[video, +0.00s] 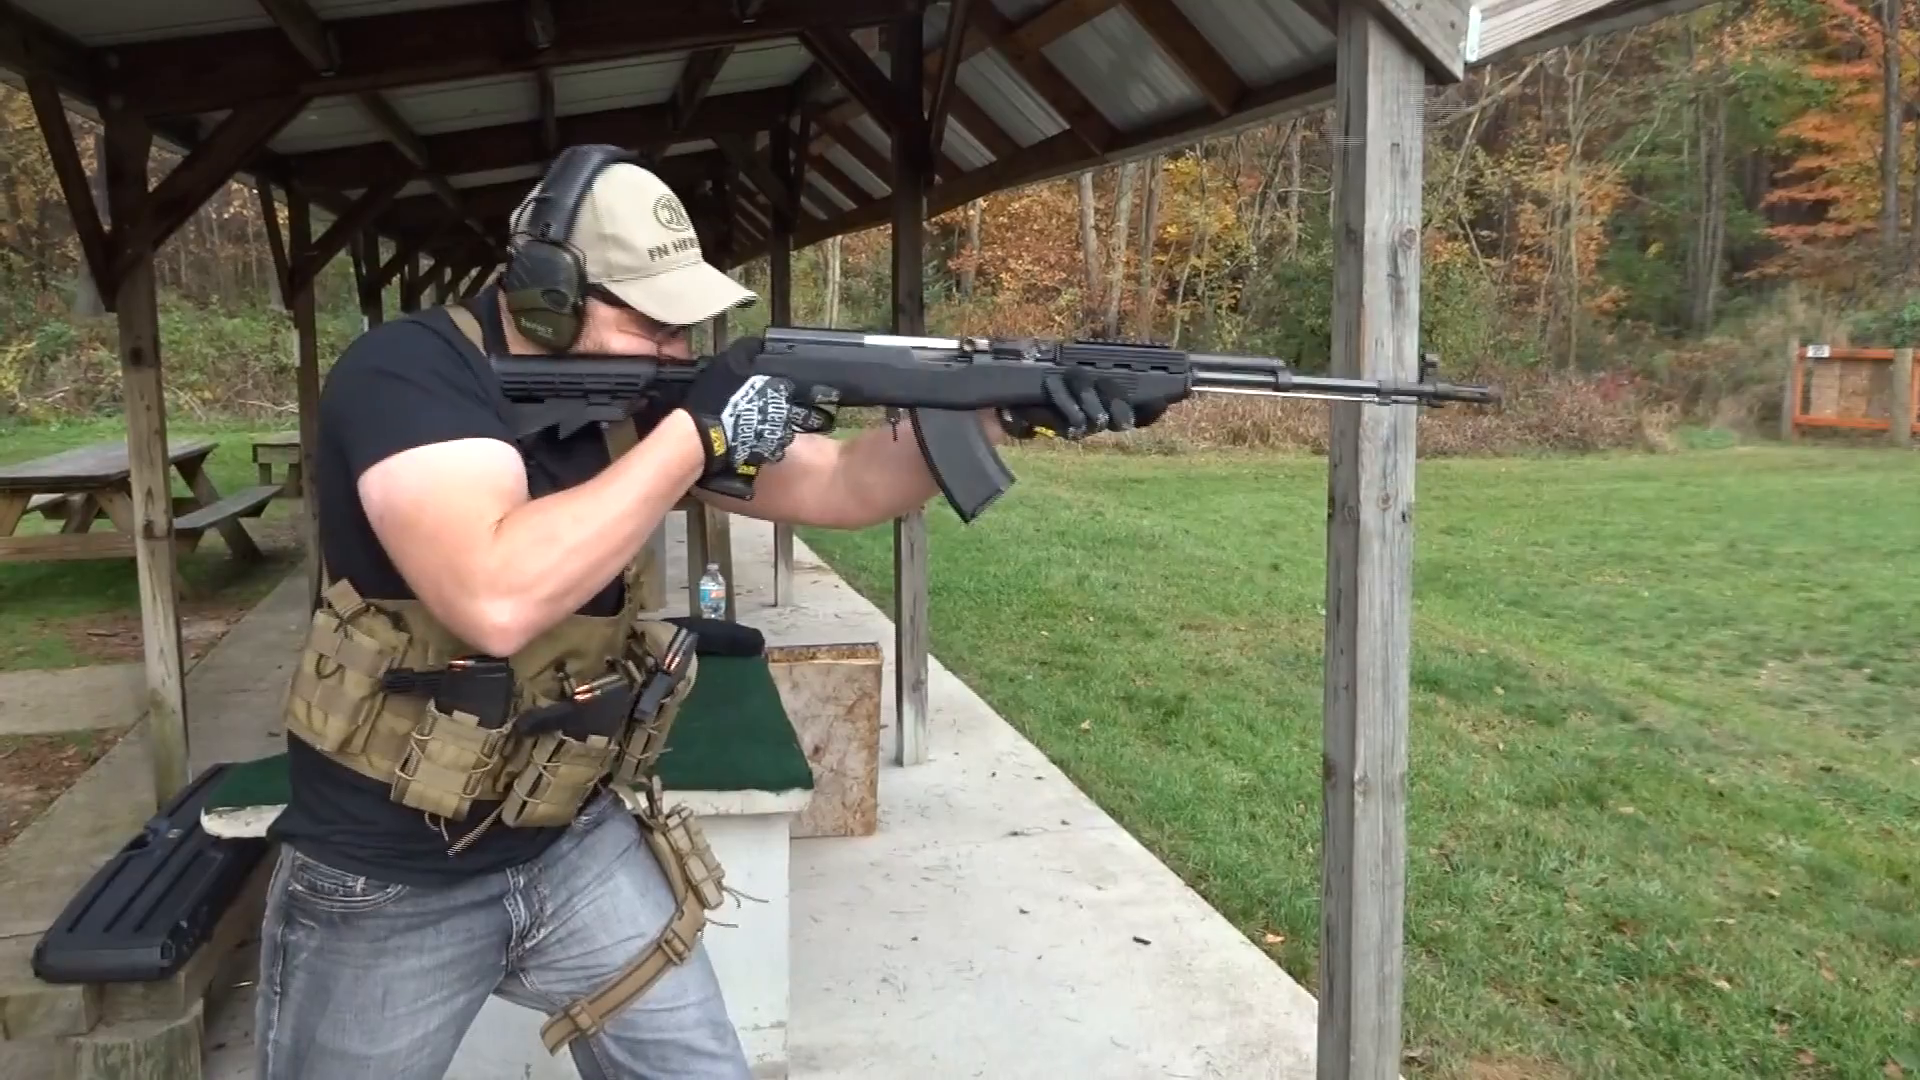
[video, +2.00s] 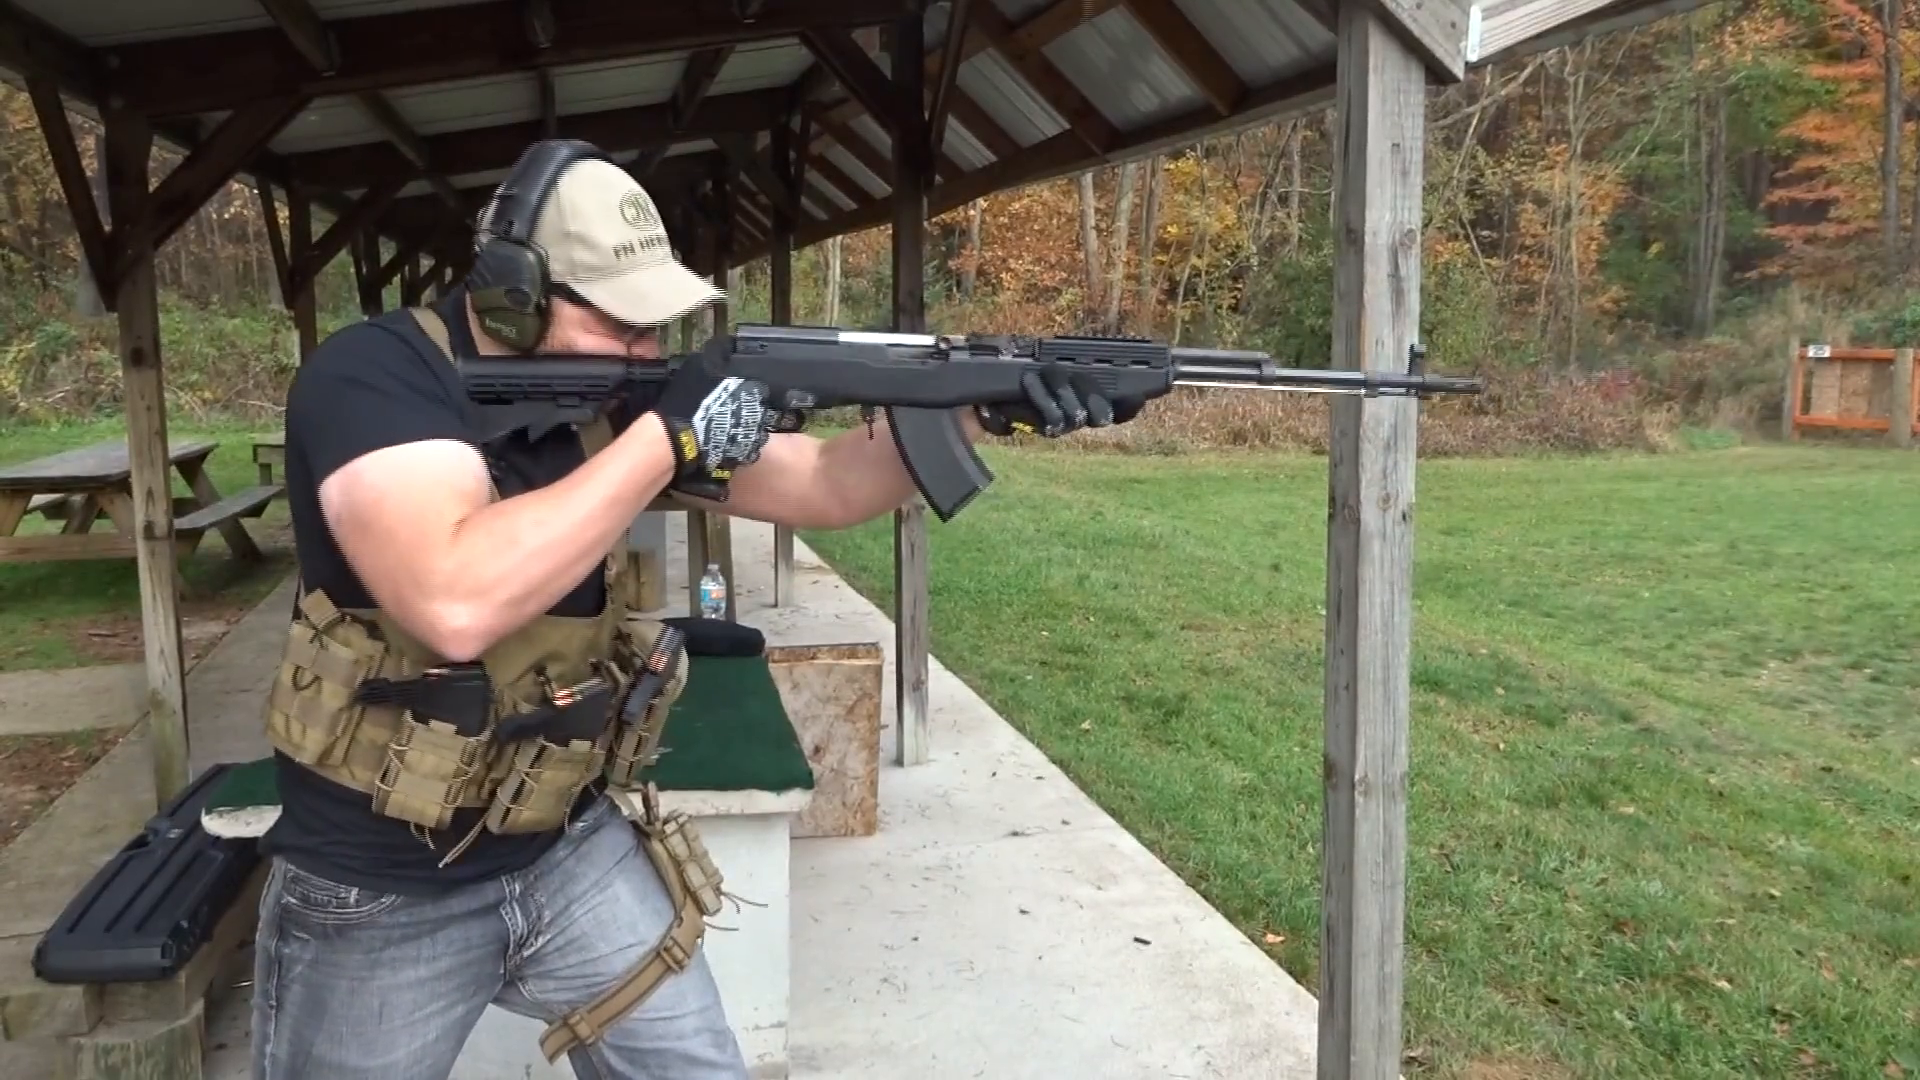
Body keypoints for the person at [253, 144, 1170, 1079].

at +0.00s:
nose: (670, 350)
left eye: (677, 327)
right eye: (644, 324)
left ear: (669, 304)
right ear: (547, 299)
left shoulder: (629, 400)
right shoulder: (398, 380)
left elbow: (842, 478)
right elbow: (495, 596)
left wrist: (1025, 399)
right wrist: (696, 428)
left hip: (580, 844)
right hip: (385, 886)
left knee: (704, 1068)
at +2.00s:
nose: (641, 353)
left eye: (650, 327)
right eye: (613, 326)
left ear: (657, 300)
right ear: (511, 299)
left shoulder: (615, 407)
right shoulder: (366, 379)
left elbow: (825, 479)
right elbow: (455, 602)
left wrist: (1003, 396)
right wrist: (671, 432)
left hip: (574, 850)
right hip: (379, 898)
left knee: (700, 1065)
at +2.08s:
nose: (642, 353)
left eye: (650, 328)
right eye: (615, 328)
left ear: (655, 300)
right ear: (516, 301)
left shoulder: (616, 402)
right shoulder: (368, 378)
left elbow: (824, 481)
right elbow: (453, 603)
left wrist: (1003, 399)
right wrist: (665, 434)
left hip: (574, 848)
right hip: (379, 894)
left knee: (699, 1064)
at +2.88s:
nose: (630, 357)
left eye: (641, 333)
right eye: (603, 331)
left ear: (647, 300)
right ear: (504, 301)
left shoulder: (612, 395)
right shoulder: (357, 380)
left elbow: (807, 480)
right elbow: (443, 600)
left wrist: (981, 399)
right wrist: (652, 434)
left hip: (573, 847)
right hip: (377, 894)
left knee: (692, 1067)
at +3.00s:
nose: (653, 350)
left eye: (659, 326)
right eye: (628, 325)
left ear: (653, 298)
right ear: (527, 300)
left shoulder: (612, 399)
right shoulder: (375, 380)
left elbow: (819, 492)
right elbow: (463, 595)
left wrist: (999, 415)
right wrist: (668, 434)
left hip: (573, 848)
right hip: (380, 892)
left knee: (691, 1063)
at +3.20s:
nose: (690, 328)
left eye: (691, 303)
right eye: (664, 301)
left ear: (588, 297)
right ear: (556, 288)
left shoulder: (648, 410)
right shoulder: (413, 358)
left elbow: (826, 547)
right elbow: (476, 458)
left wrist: (978, 451)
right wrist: (762, 447)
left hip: (594, 850)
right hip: (399, 892)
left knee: (726, 1067)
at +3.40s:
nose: (752, 278)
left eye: (756, 249)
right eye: (723, 250)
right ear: (623, 240)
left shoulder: (741, 385)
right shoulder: (497, 375)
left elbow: (897, 525)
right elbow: (528, 622)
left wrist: (985, 458)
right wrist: (769, 500)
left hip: (693, 827)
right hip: (493, 860)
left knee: (787, 1066)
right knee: (428, 1066)